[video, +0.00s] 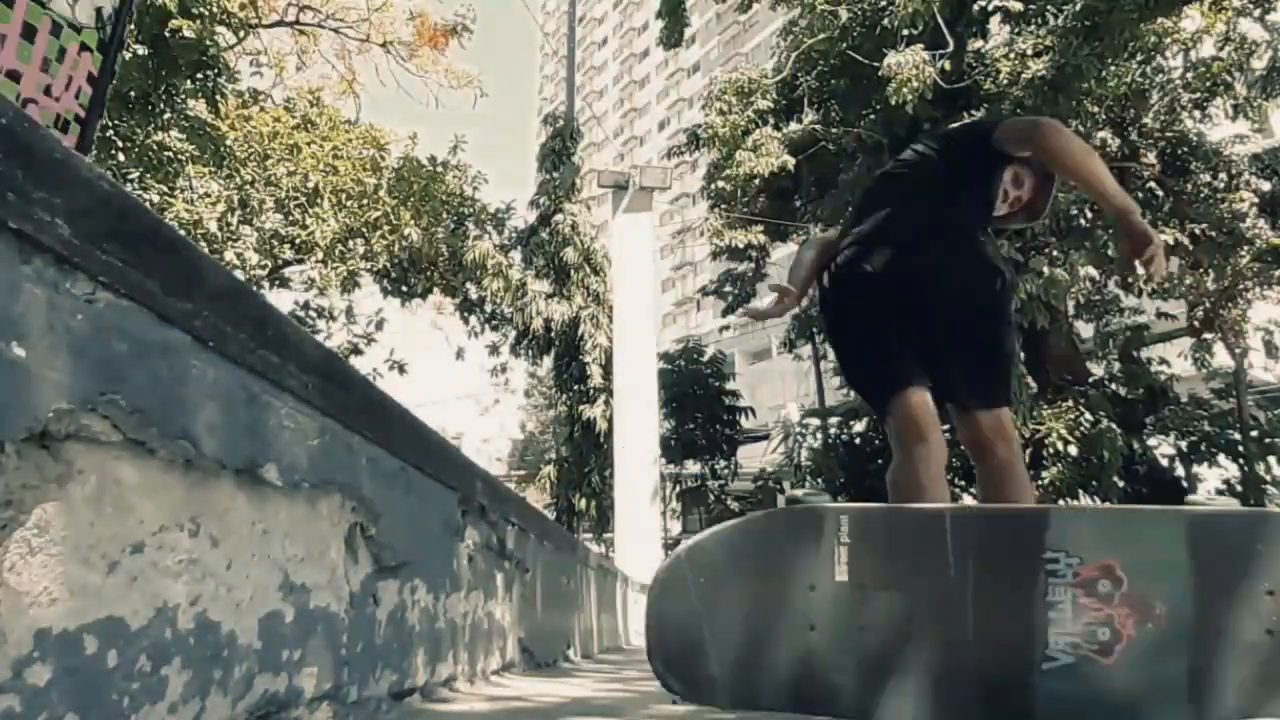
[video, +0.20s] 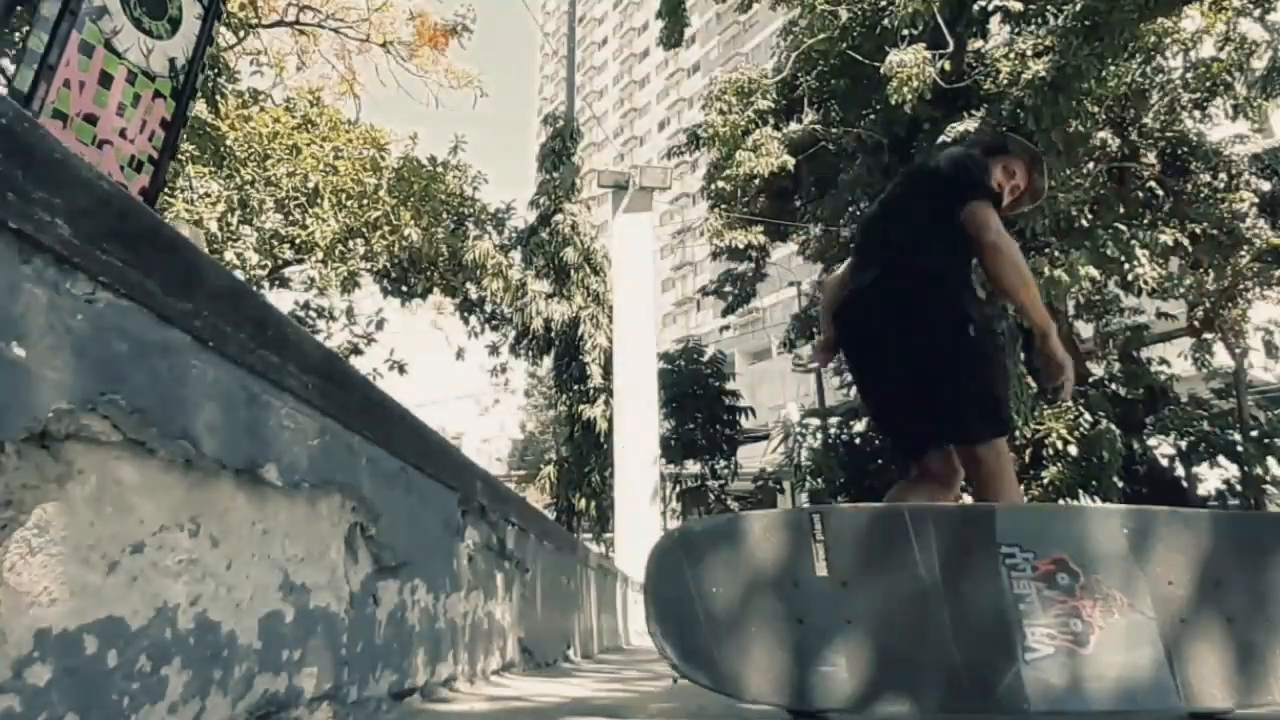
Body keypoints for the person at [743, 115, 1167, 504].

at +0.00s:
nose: (1016, 197)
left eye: (1021, 208)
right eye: (1021, 185)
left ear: (1011, 220)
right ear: (1008, 160)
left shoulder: (892, 191)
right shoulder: (969, 143)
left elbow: (825, 239)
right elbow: (1046, 133)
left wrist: (793, 291)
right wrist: (1128, 215)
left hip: (855, 281)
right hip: (949, 265)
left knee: (915, 433)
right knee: (993, 439)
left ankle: (923, 590)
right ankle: (1025, 588)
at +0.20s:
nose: (1010, 189)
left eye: (1017, 194)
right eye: (1011, 173)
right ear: (992, 153)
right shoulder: (960, 161)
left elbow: (836, 281)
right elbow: (990, 238)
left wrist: (829, 333)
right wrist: (1046, 331)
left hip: (864, 319)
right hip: (929, 312)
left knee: (937, 474)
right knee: (988, 456)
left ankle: (867, 554)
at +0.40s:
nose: (977, 174)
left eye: (987, 177)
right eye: (975, 160)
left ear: (982, 192)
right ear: (948, 149)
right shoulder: (926, 172)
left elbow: (857, 284)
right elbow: (959, 259)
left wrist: (843, 358)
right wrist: (968, 326)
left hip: (854, 328)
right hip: (907, 316)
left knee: (898, 482)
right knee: (971, 451)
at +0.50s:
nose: (937, 176)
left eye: (948, 174)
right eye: (930, 163)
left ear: (950, 187)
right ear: (905, 160)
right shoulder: (880, 193)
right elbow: (928, 274)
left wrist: (941, 297)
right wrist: (949, 296)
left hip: (843, 347)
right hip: (880, 344)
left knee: (852, 480)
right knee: (969, 455)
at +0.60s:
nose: (912, 175)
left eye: (922, 171)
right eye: (905, 162)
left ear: (926, 183)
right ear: (881, 161)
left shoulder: (882, 222)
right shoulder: (853, 198)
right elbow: (875, 265)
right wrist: (943, 295)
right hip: (863, 350)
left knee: (850, 480)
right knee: (943, 459)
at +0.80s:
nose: (871, 170)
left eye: (881, 163)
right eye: (862, 160)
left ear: (890, 177)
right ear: (839, 167)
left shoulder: (871, 240)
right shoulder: (819, 212)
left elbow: (892, 316)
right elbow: (833, 278)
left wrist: (936, 375)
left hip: (864, 352)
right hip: (832, 345)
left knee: (846, 483)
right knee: (907, 452)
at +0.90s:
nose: (865, 167)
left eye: (875, 160)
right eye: (854, 158)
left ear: (883, 172)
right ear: (832, 167)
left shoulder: (870, 240)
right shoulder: (814, 211)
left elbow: (909, 316)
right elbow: (805, 278)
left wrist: (967, 366)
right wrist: (797, 344)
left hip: (866, 358)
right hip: (833, 349)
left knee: (846, 486)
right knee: (905, 446)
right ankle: (894, 557)